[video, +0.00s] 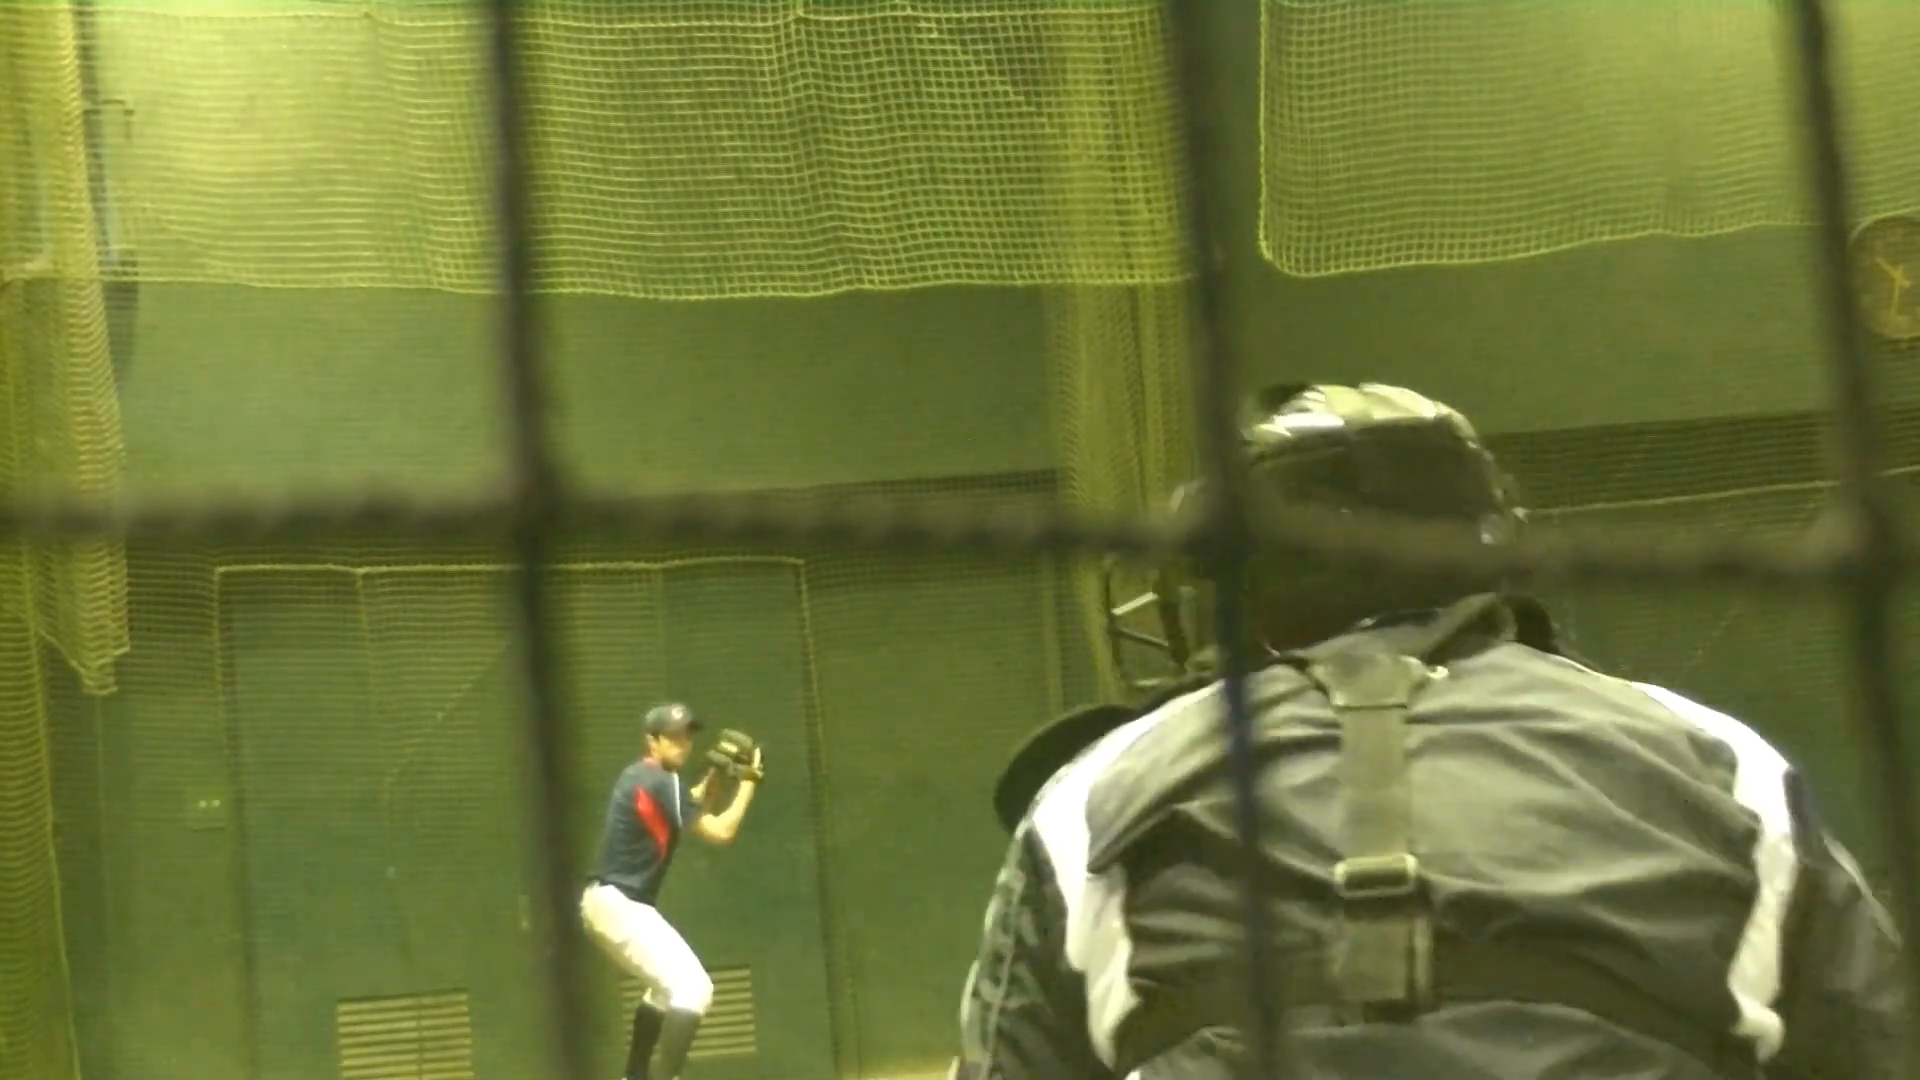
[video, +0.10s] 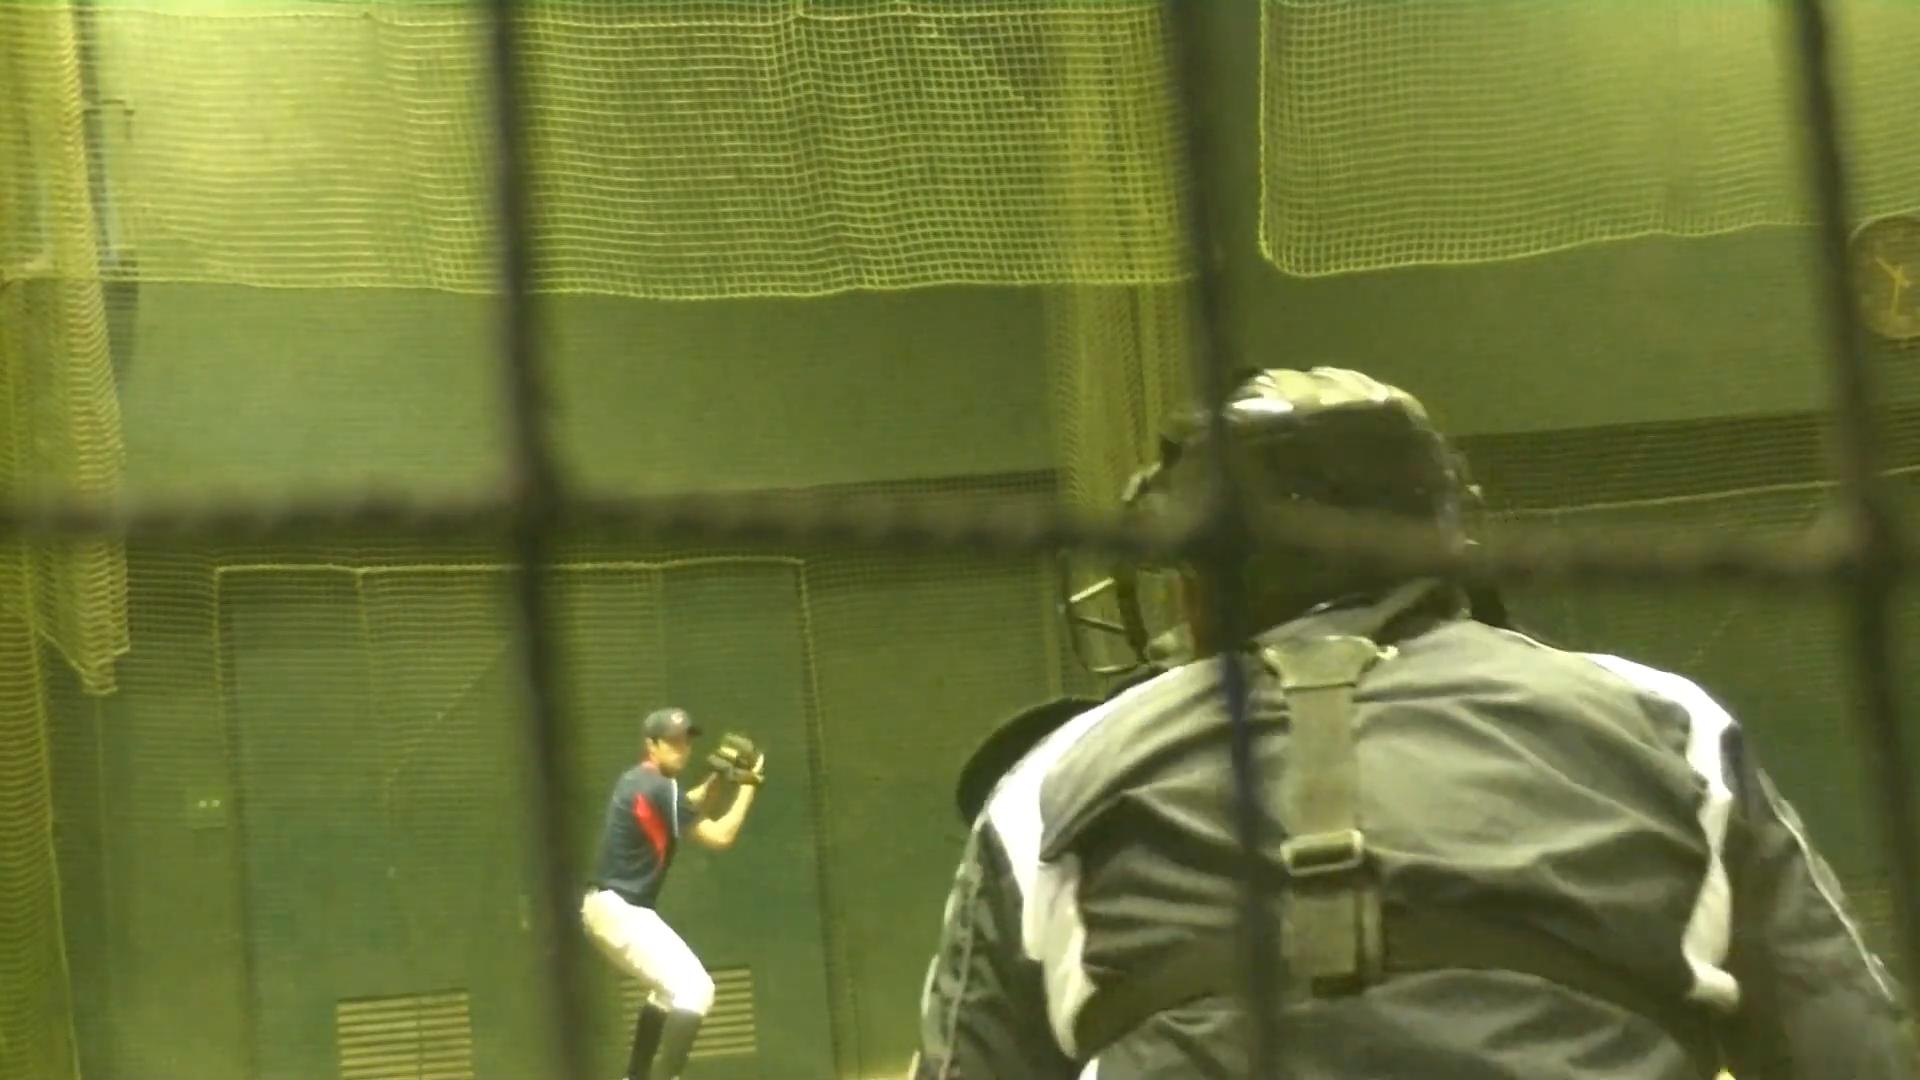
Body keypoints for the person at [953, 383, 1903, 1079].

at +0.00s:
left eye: (1221, 576)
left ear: (1245, 595)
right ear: (1494, 577)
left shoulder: (1087, 799)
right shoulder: (1718, 760)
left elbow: (1009, 1066)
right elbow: (1875, 1041)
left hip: (1215, 1045)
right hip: (1595, 1036)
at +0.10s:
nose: (1164, 609)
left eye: (1174, 576)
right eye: (1170, 574)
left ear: (1207, 587)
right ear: (1446, 552)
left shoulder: (1044, 791)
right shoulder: (1671, 731)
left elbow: (968, 1065)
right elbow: (1861, 1051)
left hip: (1177, 1044)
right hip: (1563, 1034)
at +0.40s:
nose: (1007, 606)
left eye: (1003, 579)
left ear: (1041, 596)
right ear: (1282, 519)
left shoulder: (907, 816)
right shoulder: (1519, 664)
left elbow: (886, 1065)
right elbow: (1745, 1008)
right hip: (1467, 1045)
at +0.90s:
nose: (1077, 621)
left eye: (1080, 586)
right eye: (1071, 585)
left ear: (1132, 608)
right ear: (1357, 561)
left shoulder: (1004, 858)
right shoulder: (1654, 739)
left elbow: (938, 1068)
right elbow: (1866, 1025)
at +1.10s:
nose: (1173, 670)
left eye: (1182, 628)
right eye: (1165, 631)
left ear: (1246, 634)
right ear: (1456, 593)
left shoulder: (1135, 886)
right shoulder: (1784, 802)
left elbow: (1046, 1071)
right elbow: (1869, 1051)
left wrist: (980, 1007)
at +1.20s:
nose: (1229, 671)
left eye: (1230, 636)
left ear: (1282, 658)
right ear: (1527, 612)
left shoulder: (1197, 883)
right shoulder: (1837, 815)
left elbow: (1089, 1070)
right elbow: (1889, 1035)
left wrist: (1018, 1002)